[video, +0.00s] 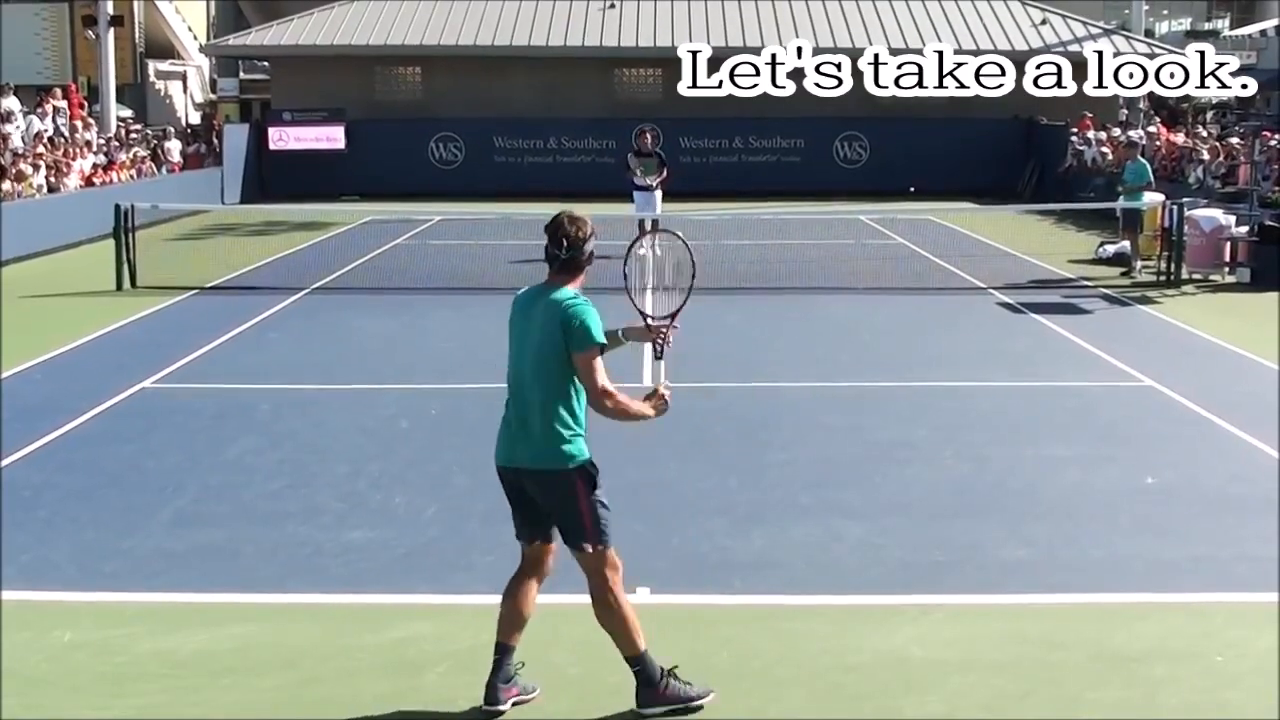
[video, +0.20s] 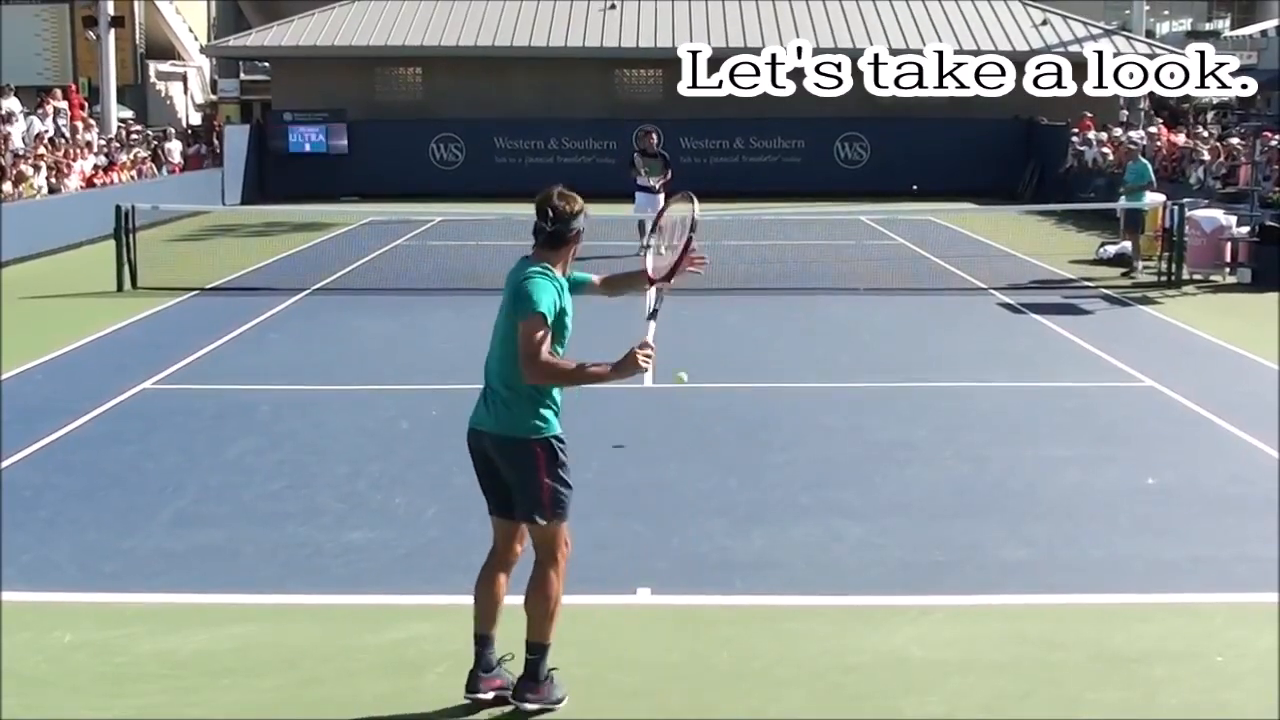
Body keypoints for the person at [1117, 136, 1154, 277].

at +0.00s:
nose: (1125, 153)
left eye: (1127, 150)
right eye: (1125, 150)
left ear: (1135, 150)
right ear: (1127, 150)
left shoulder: (1143, 165)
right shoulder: (1127, 164)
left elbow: (1150, 184)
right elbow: (1124, 180)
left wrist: (1131, 188)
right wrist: (1121, 186)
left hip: (1136, 204)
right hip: (1126, 202)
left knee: (1134, 235)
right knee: (1129, 234)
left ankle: (1136, 265)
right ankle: (1133, 264)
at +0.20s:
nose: (1128, 153)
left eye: (1130, 150)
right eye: (1127, 150)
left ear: (1138, 150)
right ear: (1127, 151)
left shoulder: (1145, 165)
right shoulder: (1129, 165)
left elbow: (1152, 184)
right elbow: (1126, 180)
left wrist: (1132, 188)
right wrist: (1123, 188)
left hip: (1138, 203)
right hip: (1129, 202)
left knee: (1135, 235)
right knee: (1131, 234)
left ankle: (1137, 265)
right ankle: (1134, 263)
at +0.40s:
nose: (1130, 150)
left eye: (1133, 147)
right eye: (1130, 147)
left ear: (1140, 148)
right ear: (1130, 148)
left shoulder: (1146, 164)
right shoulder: (1131, 164)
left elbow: (1153, 183)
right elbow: (1129, 180)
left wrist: (1135, 187)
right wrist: (1125, 188)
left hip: (1140, 204)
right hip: (1131, 203)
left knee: (1135, 234)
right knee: (1132, 234)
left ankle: (1140, 265)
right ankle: (1136, 264)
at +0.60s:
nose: (1131, 153)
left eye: (1133, 149)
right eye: (1130, 149)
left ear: (1140, 150)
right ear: (1131, 150)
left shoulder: (1146, 163)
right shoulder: (1135, 164)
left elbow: (1153, 182)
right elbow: (1136, 181)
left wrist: (1133, 188)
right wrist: (1127, 187)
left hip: (1141, 203)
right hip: (1133, 202)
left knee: (1138, 235)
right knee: (1134, 234)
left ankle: (1141, 265)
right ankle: (1136, 263)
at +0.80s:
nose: (1130, 152)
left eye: (1132, 149)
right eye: (1130, 149)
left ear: (1139, 149)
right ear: (1135, 149)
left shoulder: (1146, 163)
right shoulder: (1138, 163)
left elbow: (1151, 182)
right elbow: (1139, 181)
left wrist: (1131, 187)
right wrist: (1129, 186)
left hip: (1142, 204)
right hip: (1135, 202)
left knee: (1139, 234)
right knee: (1135, 233)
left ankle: (1141, 263)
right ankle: (1135, 262)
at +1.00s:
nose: (1131, 153)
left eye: (1133, 149)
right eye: (1131, 150)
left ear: (1140, 149)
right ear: (1136, 150)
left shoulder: (1145, 164)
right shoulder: (1139, 163)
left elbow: (1149, 184)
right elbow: (1141, 182)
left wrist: (1132, 187)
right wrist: (1130, 186)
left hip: (1143, 204)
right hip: (1137, 203)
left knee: (1141, 233)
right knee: (1129, 231)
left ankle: (1140, 263)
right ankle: (1134, 262)